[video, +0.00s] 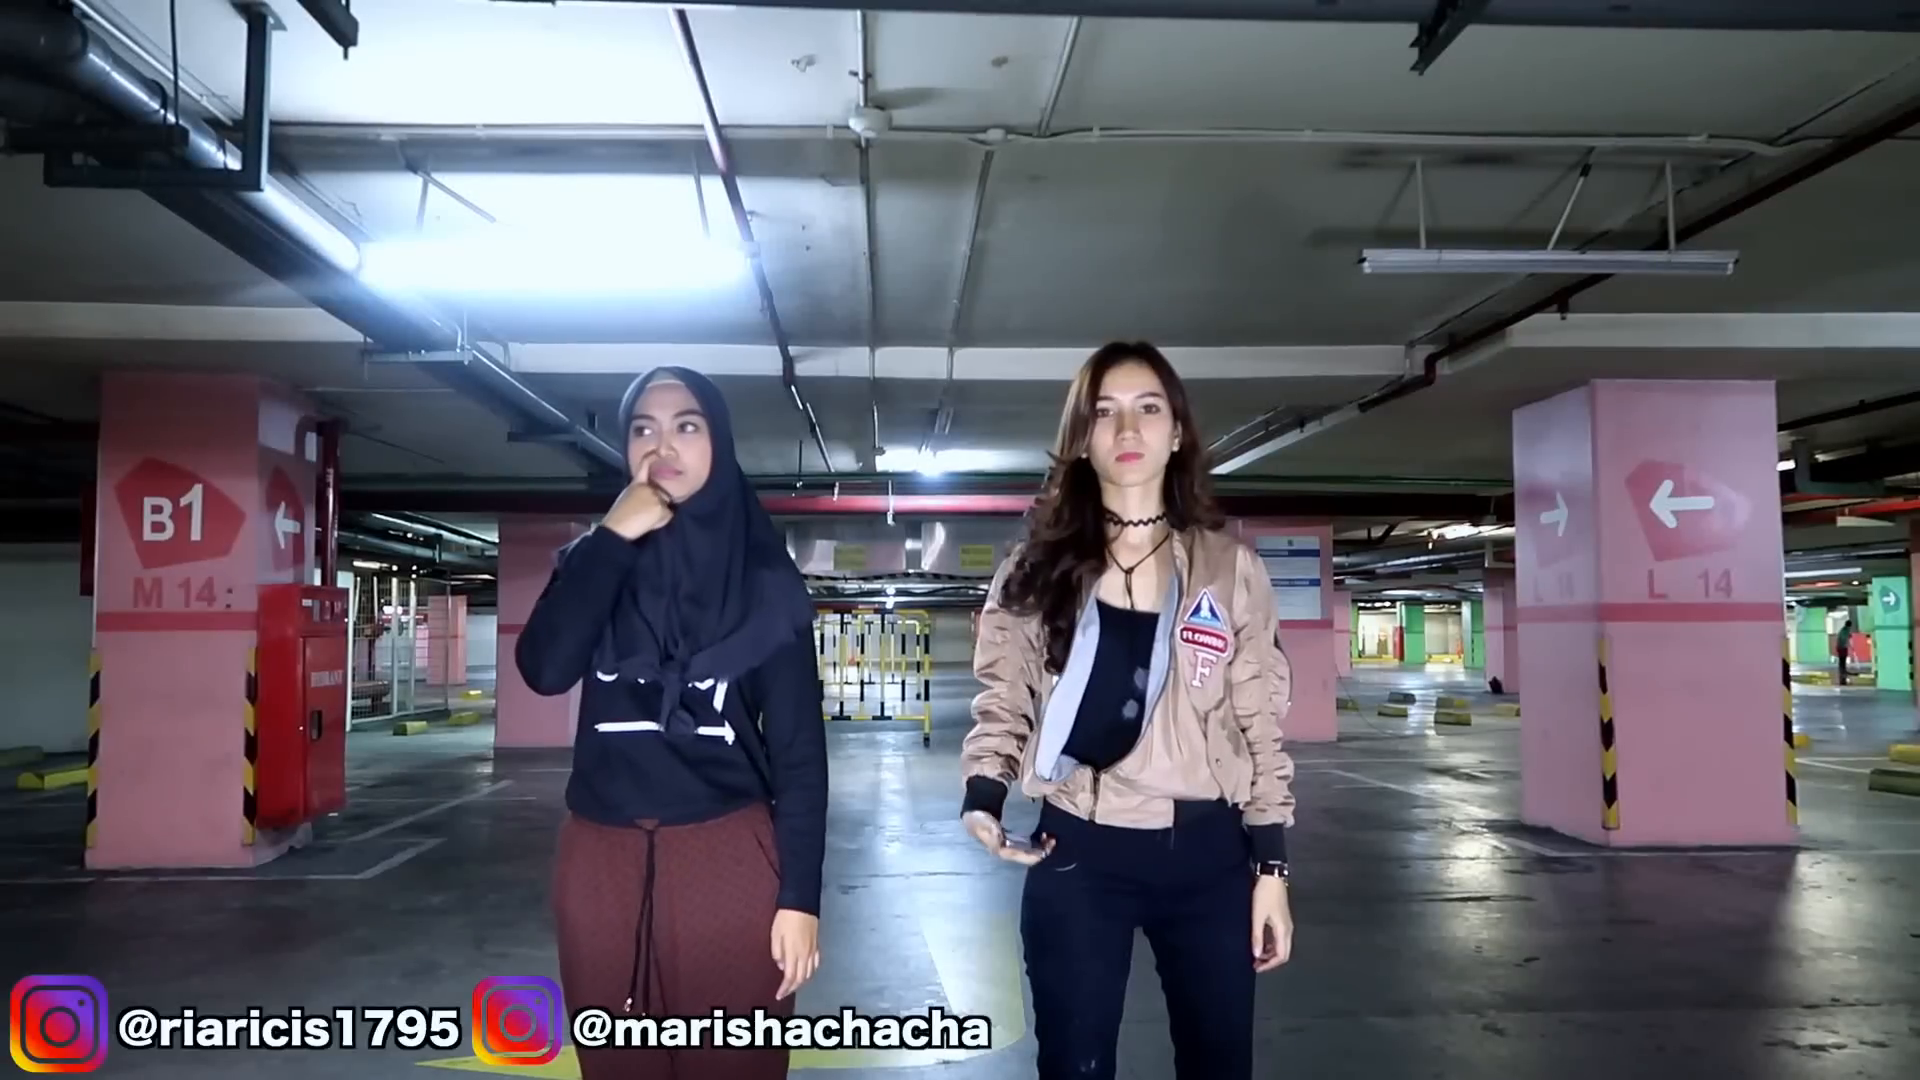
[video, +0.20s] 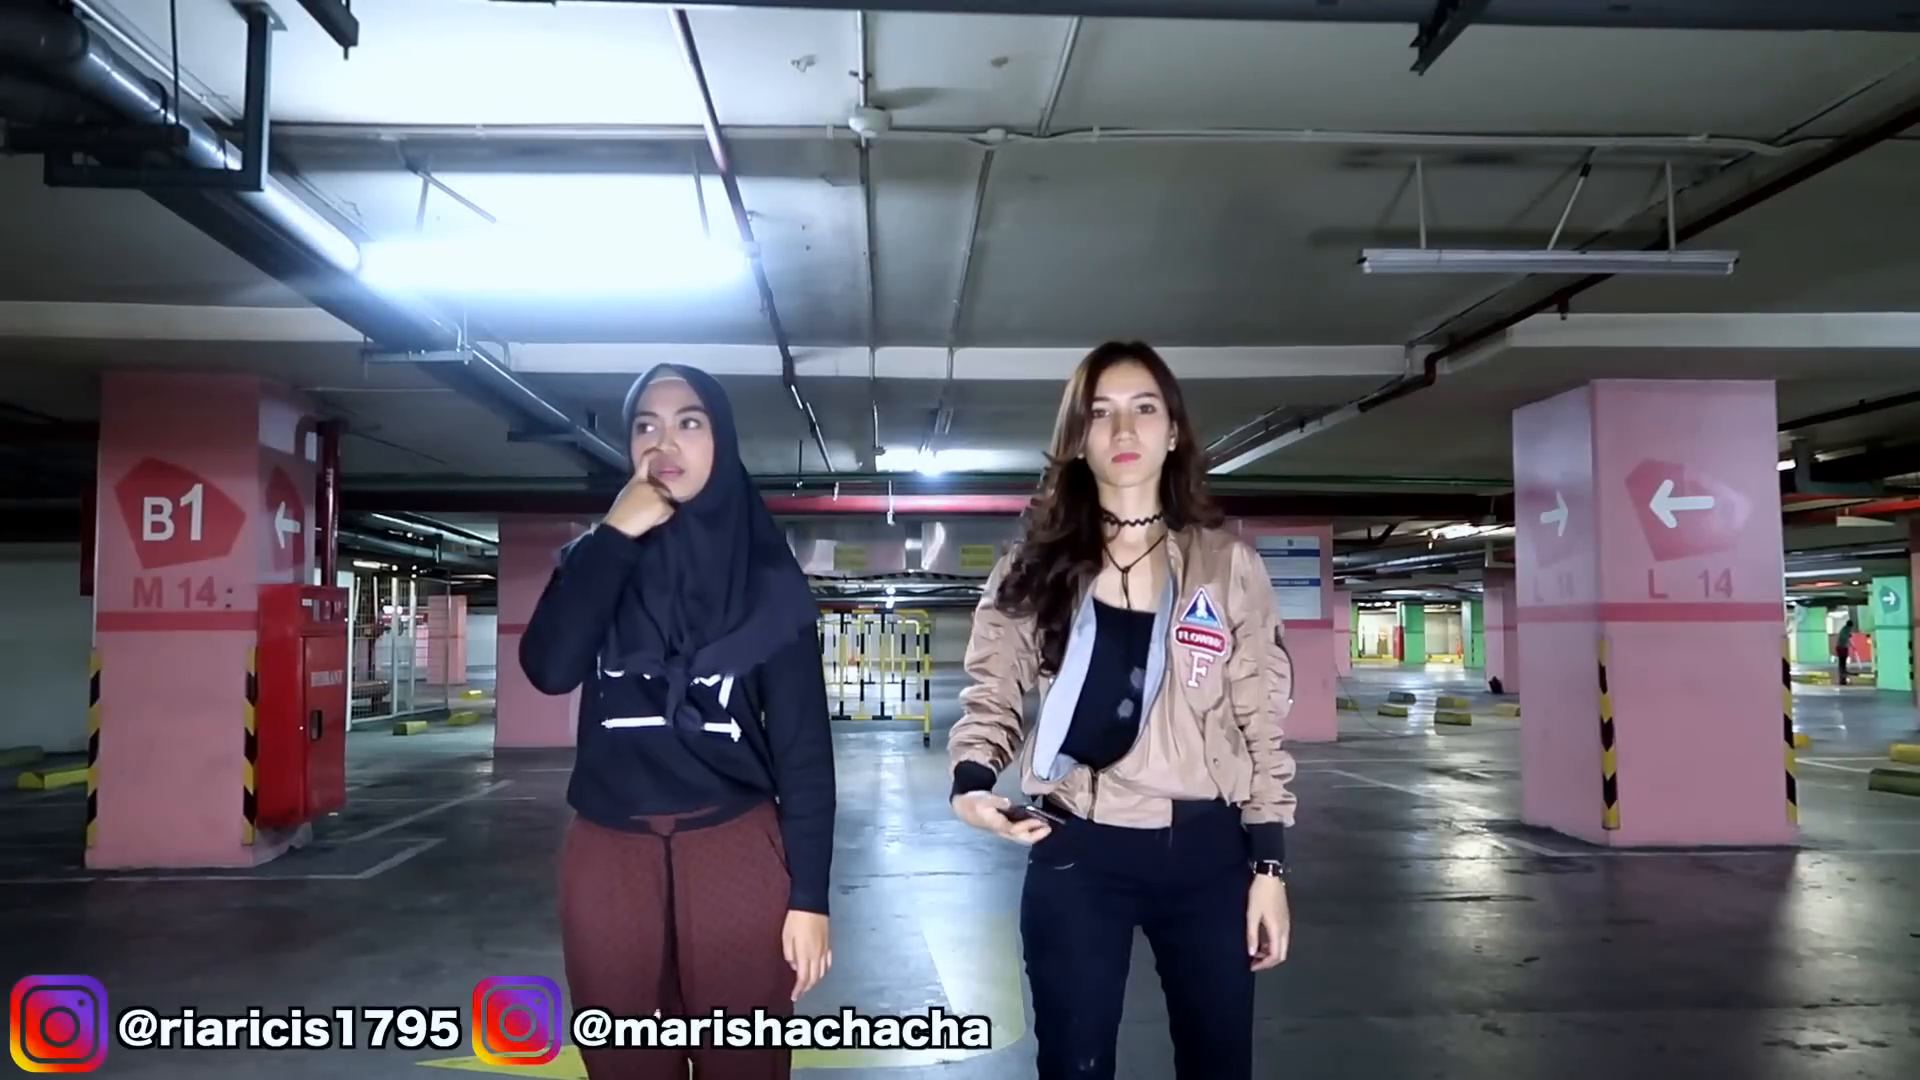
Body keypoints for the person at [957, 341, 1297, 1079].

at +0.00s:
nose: (1127, 427)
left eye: (1148, 409)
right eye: (1106, 412)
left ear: (1177, 430)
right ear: (1082, 436)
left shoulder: (1231, 565)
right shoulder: (1035, 564)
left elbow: (1259, 720)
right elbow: (1003, 694)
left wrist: (1271, 863)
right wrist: (982, 798)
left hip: (1206, 855)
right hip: (1076, 854)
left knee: (1220, 1068)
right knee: (1075, 1070)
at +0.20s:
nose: (1123, 428)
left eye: (1144, 409)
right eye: (1102, 412)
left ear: (1174, 430)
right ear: (1079, 437)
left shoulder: (1229, 562)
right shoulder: (1033, 562)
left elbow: (1260, 716)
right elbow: (993, 688)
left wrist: (1269, 862)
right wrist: (970, 784)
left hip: (1203, 853)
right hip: (1074, 852)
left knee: (1219, 1068)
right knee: (1075, 1069)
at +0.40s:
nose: (1124, 428)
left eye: (1144, 410)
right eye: (1102, 413)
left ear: (1173, 430)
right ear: (1078, 438)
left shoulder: (1229, 563)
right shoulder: (1033, 561)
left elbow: (1258, 717)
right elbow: (985, 687)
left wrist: (1265, 863)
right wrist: (970, 794)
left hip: (1201, 853)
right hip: (1072, 853)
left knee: (1217, 1068)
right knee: (1074, 1069)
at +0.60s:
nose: (1125, 429)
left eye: (1145, 410)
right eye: (1104, 414)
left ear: (1174, 430)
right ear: (1080, 437)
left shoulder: (1226, 563)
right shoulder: (1030, 560)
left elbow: (1255, 718)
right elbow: (999, 696)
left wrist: (1263, 863)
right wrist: (973, 803)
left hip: (1201, 853)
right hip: (1072, 854)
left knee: (1217, 1068)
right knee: (1073, 1069)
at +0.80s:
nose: (1126, 430)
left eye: (1147, 411)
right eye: (1105, 414)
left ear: (1175, 432)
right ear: (1081, 437)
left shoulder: (1227, 563)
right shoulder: (1034, 563)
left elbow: (1258, 720)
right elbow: (1010, 702)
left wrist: (1266, 864)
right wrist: (979, 812)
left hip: (1203, 853)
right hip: (1073, 855)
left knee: (1219, 1067)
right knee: (1075, 1069)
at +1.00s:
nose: (1128, 431)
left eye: (1149, 412)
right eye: (1108, 415)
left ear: (1178, 433)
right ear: (1083, 437)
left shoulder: (1231, 567)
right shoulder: (1035, 568)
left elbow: (1261, 723)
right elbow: (1013, 706)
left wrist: (1269, 865)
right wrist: (985, 813)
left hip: (1207, 854)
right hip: (1077, 854)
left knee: (1221, 1067)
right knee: (1076, 1068)